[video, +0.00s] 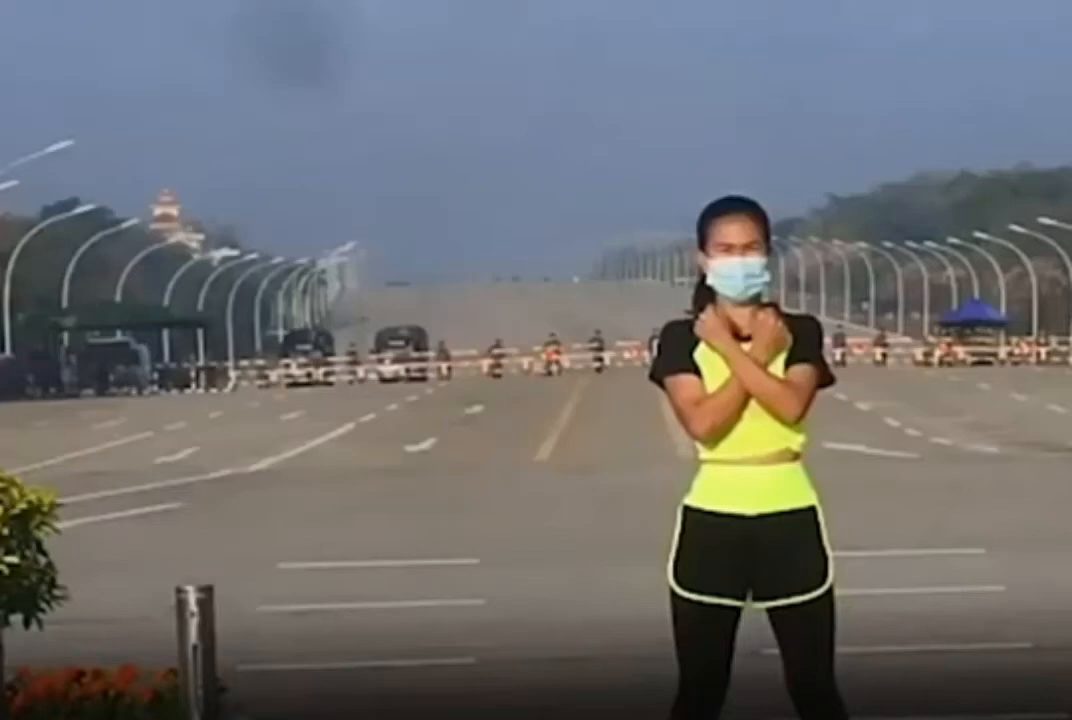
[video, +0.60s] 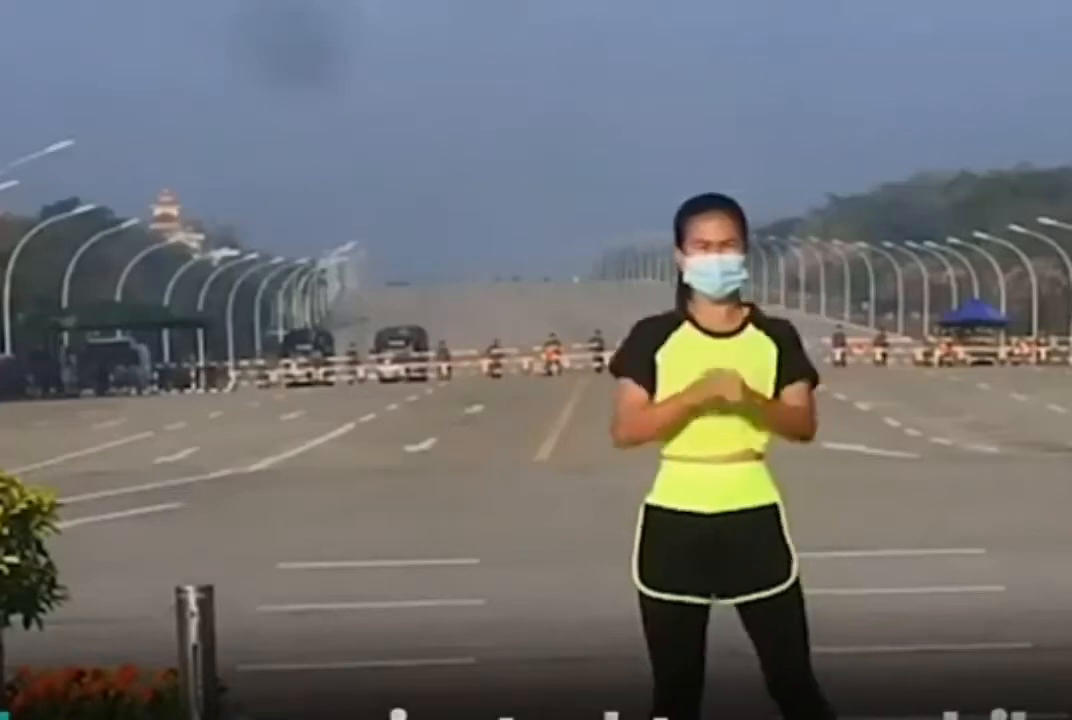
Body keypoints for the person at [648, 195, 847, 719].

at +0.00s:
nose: (742, 263)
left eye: (753, 250)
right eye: (726, 251)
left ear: (768, 255)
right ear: (703, 260)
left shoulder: (800, 329)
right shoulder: (679, 338)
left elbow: (793, 406)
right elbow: (701, 424)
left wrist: (724, 344)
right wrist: (759, 356)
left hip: (791, 523)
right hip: (711, 526)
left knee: (815, 689)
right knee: (701, 691)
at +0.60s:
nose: (720, 259)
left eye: (731, 247)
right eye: (704, 249)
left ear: (746, 254)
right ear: (681, 258)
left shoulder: (777, 336)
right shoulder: (653, 336)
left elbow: (803, 425)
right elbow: (625, 429)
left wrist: (748, 399)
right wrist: (696, 398)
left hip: (754, 521)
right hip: (674, 524)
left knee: (793, 683)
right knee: (676, 690)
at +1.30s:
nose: (683, 259)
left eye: (695, 245)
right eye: (668, 247)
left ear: (712, 254)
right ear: (644, 257)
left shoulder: (746, 336)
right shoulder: (620, 340)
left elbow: (823, 401)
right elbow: (543, 414)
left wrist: (905, 446)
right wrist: (458, 466)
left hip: (728, 525)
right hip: (648, 527)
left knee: (718, 695)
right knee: (663, 696)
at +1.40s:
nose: (683, 259)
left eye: (695, 245)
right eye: (668, 247)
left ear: (712, 254)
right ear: (645, 258)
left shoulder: (746, 336)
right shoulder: (621, 340)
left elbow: (824, 401)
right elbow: (543, 414)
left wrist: (906, 446)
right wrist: (459, 465)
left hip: (729, 525)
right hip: (648, 527)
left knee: (718, 694)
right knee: (664, 695)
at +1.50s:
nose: (684, 259)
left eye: (695, 245)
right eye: (669, 247)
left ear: (713, 254)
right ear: (646, 258)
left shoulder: (748, 336)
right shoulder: (622, 341)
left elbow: (825, 401)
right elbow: (544, 415)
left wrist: (908, 447)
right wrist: (462, 466)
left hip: (729, 525)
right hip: (649, 527)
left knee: (717, 693)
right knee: (663, 695)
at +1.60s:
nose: (684, 259)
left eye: (696, 245)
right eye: (669, 247)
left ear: (713, 254)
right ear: (646, 258)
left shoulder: (748, 336)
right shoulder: (622, 340)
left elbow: (825, 401)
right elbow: (545, 415)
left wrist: (908, 446)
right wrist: (462, 467)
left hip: (729, 525)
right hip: (649, 527)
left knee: (717, 694)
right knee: (664, 695)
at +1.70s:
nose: (684, 259)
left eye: (696, 245)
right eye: (669, 247)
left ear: (713, 254)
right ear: (646, 258)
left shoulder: (748, 336)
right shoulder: (623, 340)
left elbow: (826, 401)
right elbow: (545, 415)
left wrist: (909, 446)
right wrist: (462, 467)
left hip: (729, 524)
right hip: (649, 526)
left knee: (718, 693)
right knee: (664, 694)